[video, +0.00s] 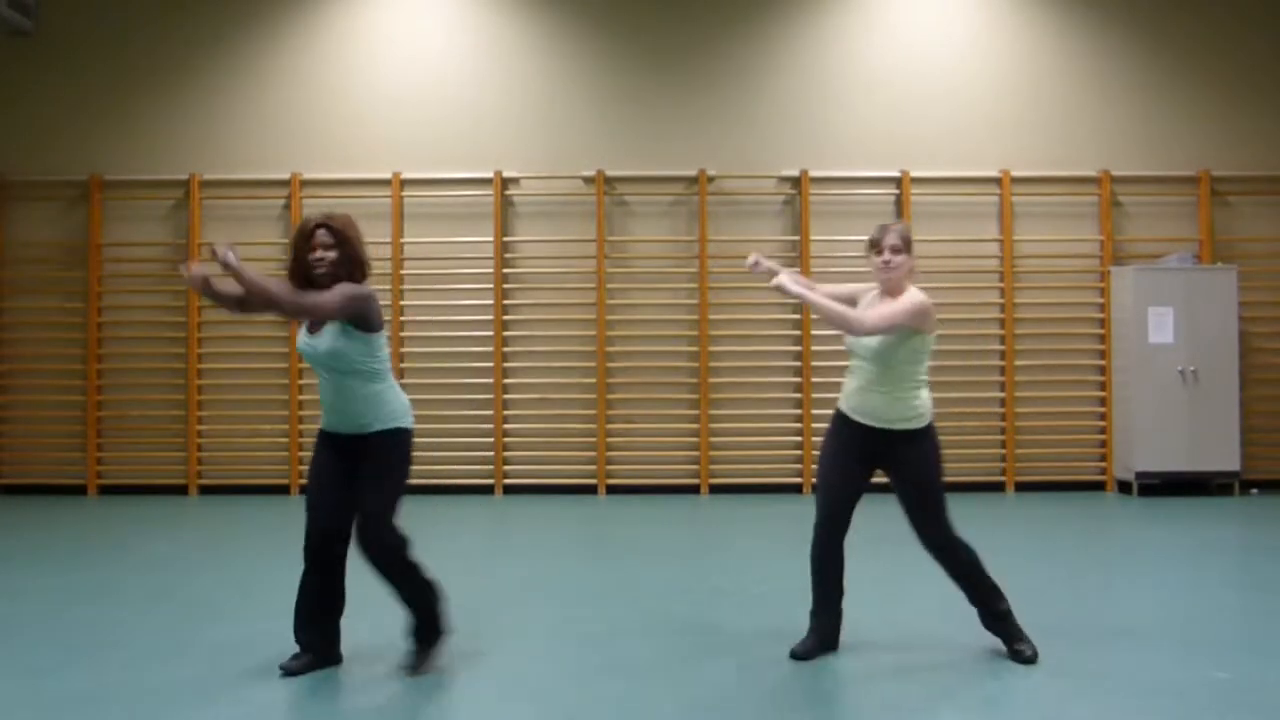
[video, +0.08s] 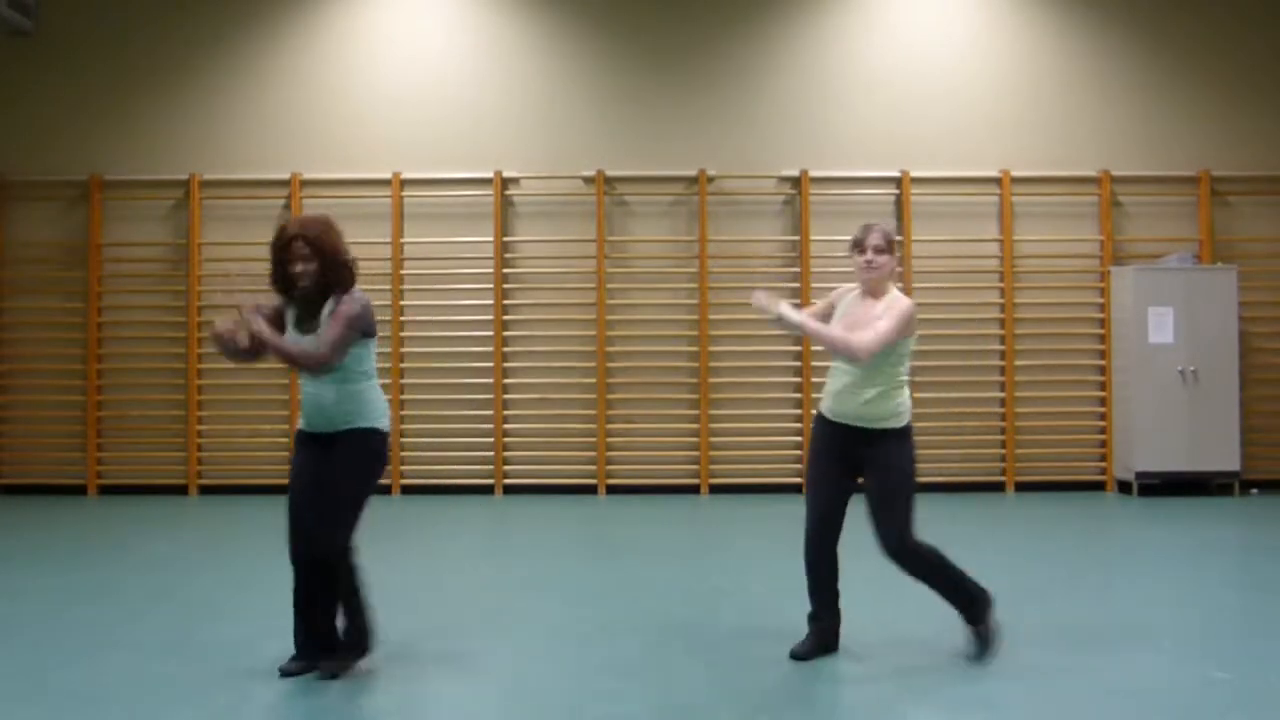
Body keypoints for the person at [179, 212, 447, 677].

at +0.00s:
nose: (321, 255)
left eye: (330, 247)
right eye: (313, 248)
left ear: (349, 253)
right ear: (302, 257)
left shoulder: (358, 297)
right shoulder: (302, 298)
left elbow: (299, 305)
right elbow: (247, 301)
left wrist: (238, 268)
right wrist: (206, 284)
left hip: (385, 434)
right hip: (335, 436)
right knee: (323, 544)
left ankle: (428, 619)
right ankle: (320, 648)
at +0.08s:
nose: (300, 268)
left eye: (309, 258)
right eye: (291, 260)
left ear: (328, 260)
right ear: (283, 265)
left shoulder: (352, 304)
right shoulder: (288, 308)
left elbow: (321, 357)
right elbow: (253, 350)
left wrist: (263, 332)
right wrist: (230, 340)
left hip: (359, 433)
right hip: (314, 434)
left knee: (329, 539)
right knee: (304, 546)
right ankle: (314, 647)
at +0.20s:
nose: (274, 282)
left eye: (281, 271)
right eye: (267, 274)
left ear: (302, 267)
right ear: (261, 275)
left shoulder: (337, 309)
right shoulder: (275, 314)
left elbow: (331, 375)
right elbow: (282, 382)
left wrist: (268, 372)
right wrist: (252, 379)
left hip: (325, 439)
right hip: (282, 437)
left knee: (287, 540)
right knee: (248, 539)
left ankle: (319, 652)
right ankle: (296, 650)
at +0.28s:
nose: (265, 255)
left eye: (273, 245)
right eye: (258, 249)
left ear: (294, 247)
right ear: (253, 257)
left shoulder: (321, 299)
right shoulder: (265, 304)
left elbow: (297, 346)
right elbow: (255, 366)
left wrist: (248, 324)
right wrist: (220, 342)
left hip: (308, 435)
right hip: (263, 433)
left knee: (289, 544)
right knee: (211, 525)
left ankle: (319, 651)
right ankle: (262, 623)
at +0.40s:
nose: (254, 233)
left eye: (264, 228)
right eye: (249, 227)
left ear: (282, 240)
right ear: (240, 235)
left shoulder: (289, 290)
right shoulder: (233, 289)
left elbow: (245, 266)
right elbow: (192, 300)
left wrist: (193, 232)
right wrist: (164, 257)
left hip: (282, 431)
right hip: (232, 430)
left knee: (286, 537)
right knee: (183, 519)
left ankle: (316, 651)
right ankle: (168, 622)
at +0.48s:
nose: (240, 238)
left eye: (253, 234)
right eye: (236, 232)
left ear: (269, 254)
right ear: (225, 241)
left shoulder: (265, 296)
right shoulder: (213, 288)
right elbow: (166, 257)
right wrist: (126, 206)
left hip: (260, 441)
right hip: (205, 441)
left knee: (281, 549)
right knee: (161, 542)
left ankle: (317, 653)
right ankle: (111, 643)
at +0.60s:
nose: (217, 254)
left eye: (229, 251)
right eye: (212, 247)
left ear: (243, 267)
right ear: (200, 256)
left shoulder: (243, 313)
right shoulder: (187, 294)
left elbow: (192, 287)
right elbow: (147, 250)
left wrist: (154, 230)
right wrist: (97, 219)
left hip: (225, 447)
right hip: (172, 443)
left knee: (211, 546)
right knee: (137, 543)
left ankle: (287, 640)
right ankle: (111, 648)